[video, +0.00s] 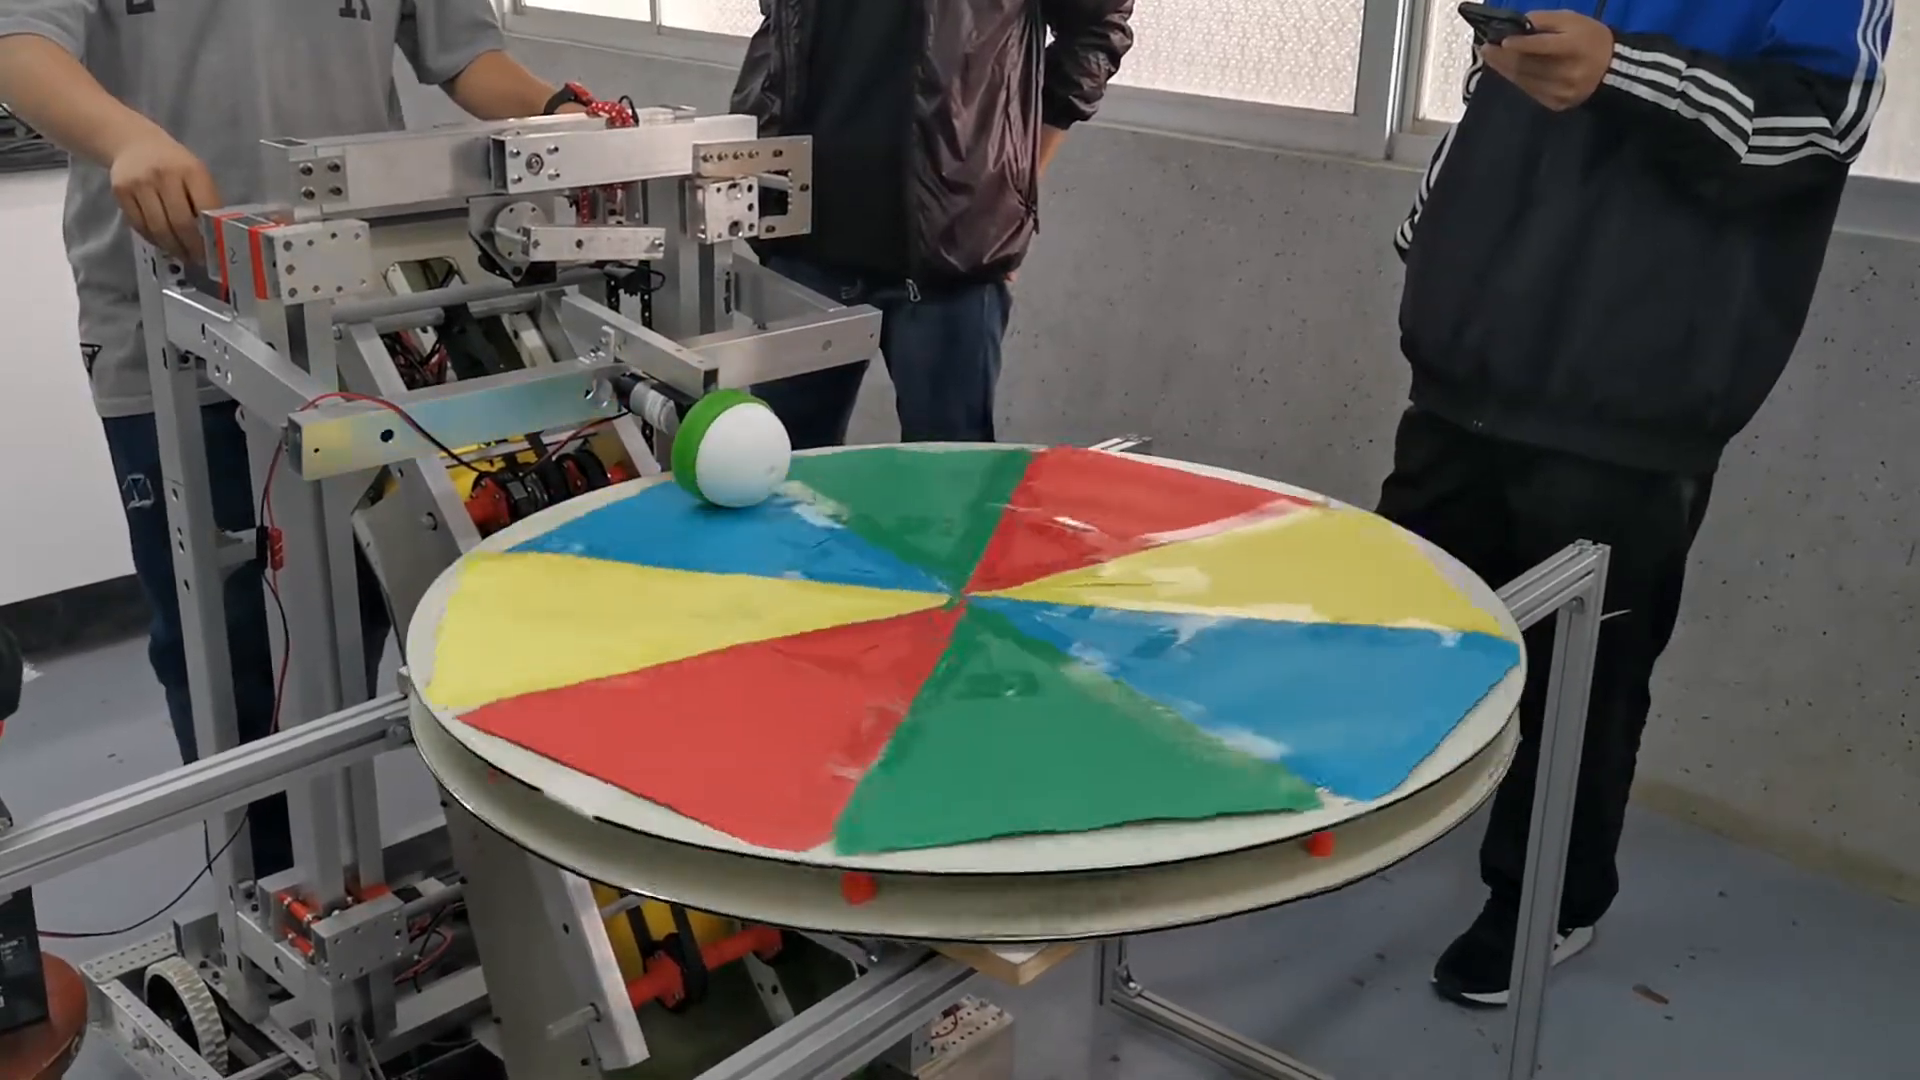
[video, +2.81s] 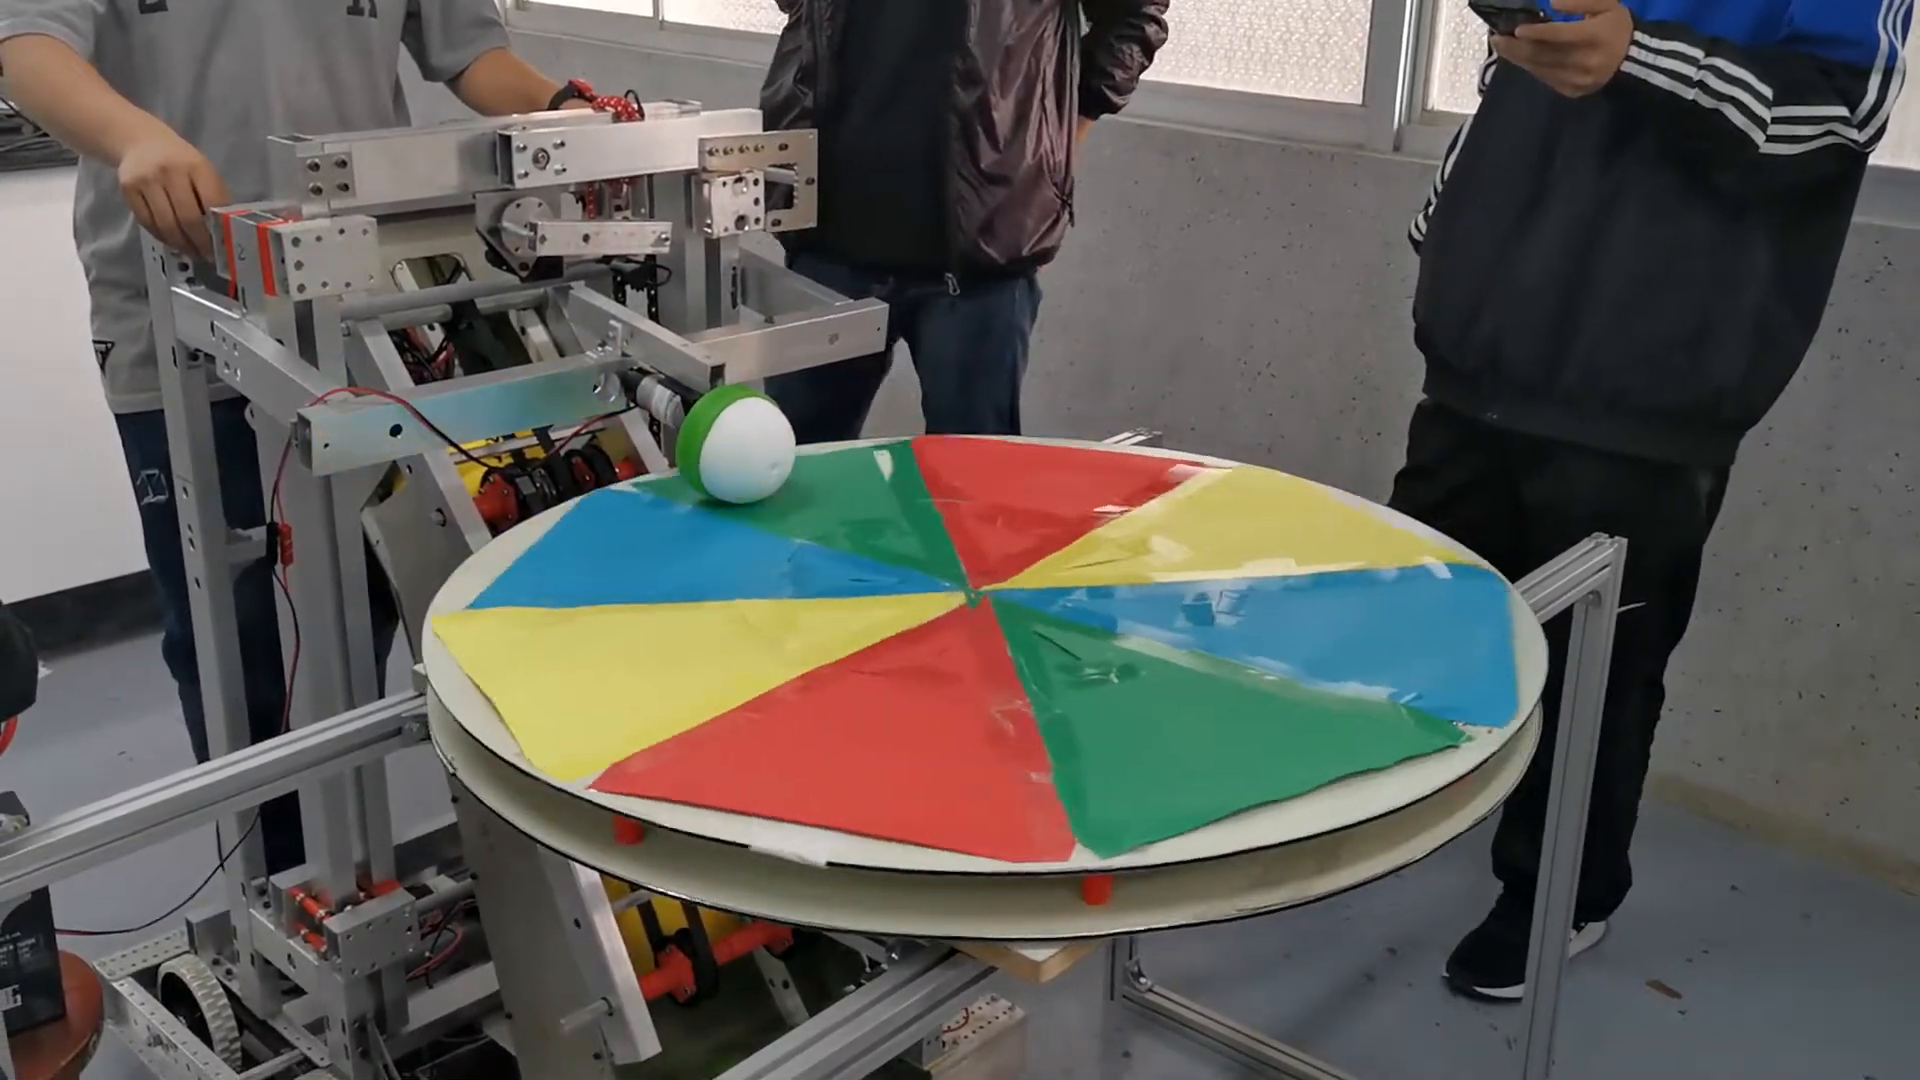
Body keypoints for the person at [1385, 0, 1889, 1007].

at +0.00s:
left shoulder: (1829, 8)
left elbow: (1819, 127)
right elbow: (1500, 86)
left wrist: (1616, 69)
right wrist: (1425, 241)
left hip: (1649, 363)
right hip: (1485, 317)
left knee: (1586, 658)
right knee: (1406, 603)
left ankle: (1547, 897)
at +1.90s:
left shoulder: (1830, 8)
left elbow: (1818, 121)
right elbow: (1507, 50)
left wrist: (1617, 57)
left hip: (1653, 350)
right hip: (1489, 303)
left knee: (1589, 649)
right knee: (1415, 597)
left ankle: (1555, 890)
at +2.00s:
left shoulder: (1830, 9)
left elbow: (1821, 120)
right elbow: (1509, 36)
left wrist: (1618, 56)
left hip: (1655, 352)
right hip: (1489, 304)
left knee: (1590, 650)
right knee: (1415, 596)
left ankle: (1555, 891)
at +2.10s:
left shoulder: (1834, 9)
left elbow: (1819, 122)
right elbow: (1510, 42)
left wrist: (1620, 56)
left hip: (1657, 352)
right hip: (1491, 304)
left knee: (1593, 649)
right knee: (1414, 599)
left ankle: (1557, 891)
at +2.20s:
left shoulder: (1834, 10)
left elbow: (1825, 120)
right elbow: (1511, 49)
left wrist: (1622, 55)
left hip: (1656, 352)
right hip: (1491, 304)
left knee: (1593, 649)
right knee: (1416, 600)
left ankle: (1556, 891)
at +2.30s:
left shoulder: (1835, 9)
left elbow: (1826, 119)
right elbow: (1512, 57)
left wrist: (1624, 56)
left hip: (1657, 355)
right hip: (1492, 309)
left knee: (1592, 654)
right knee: (1414, 598)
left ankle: (1556, 892)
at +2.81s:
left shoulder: (1847, 11)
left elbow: (1836, 117)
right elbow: (1517, 33)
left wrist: (1634, 54)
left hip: (1667, 348)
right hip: (1499, 300)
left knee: (1600, 648)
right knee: (1420, 595)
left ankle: (1560, 892)